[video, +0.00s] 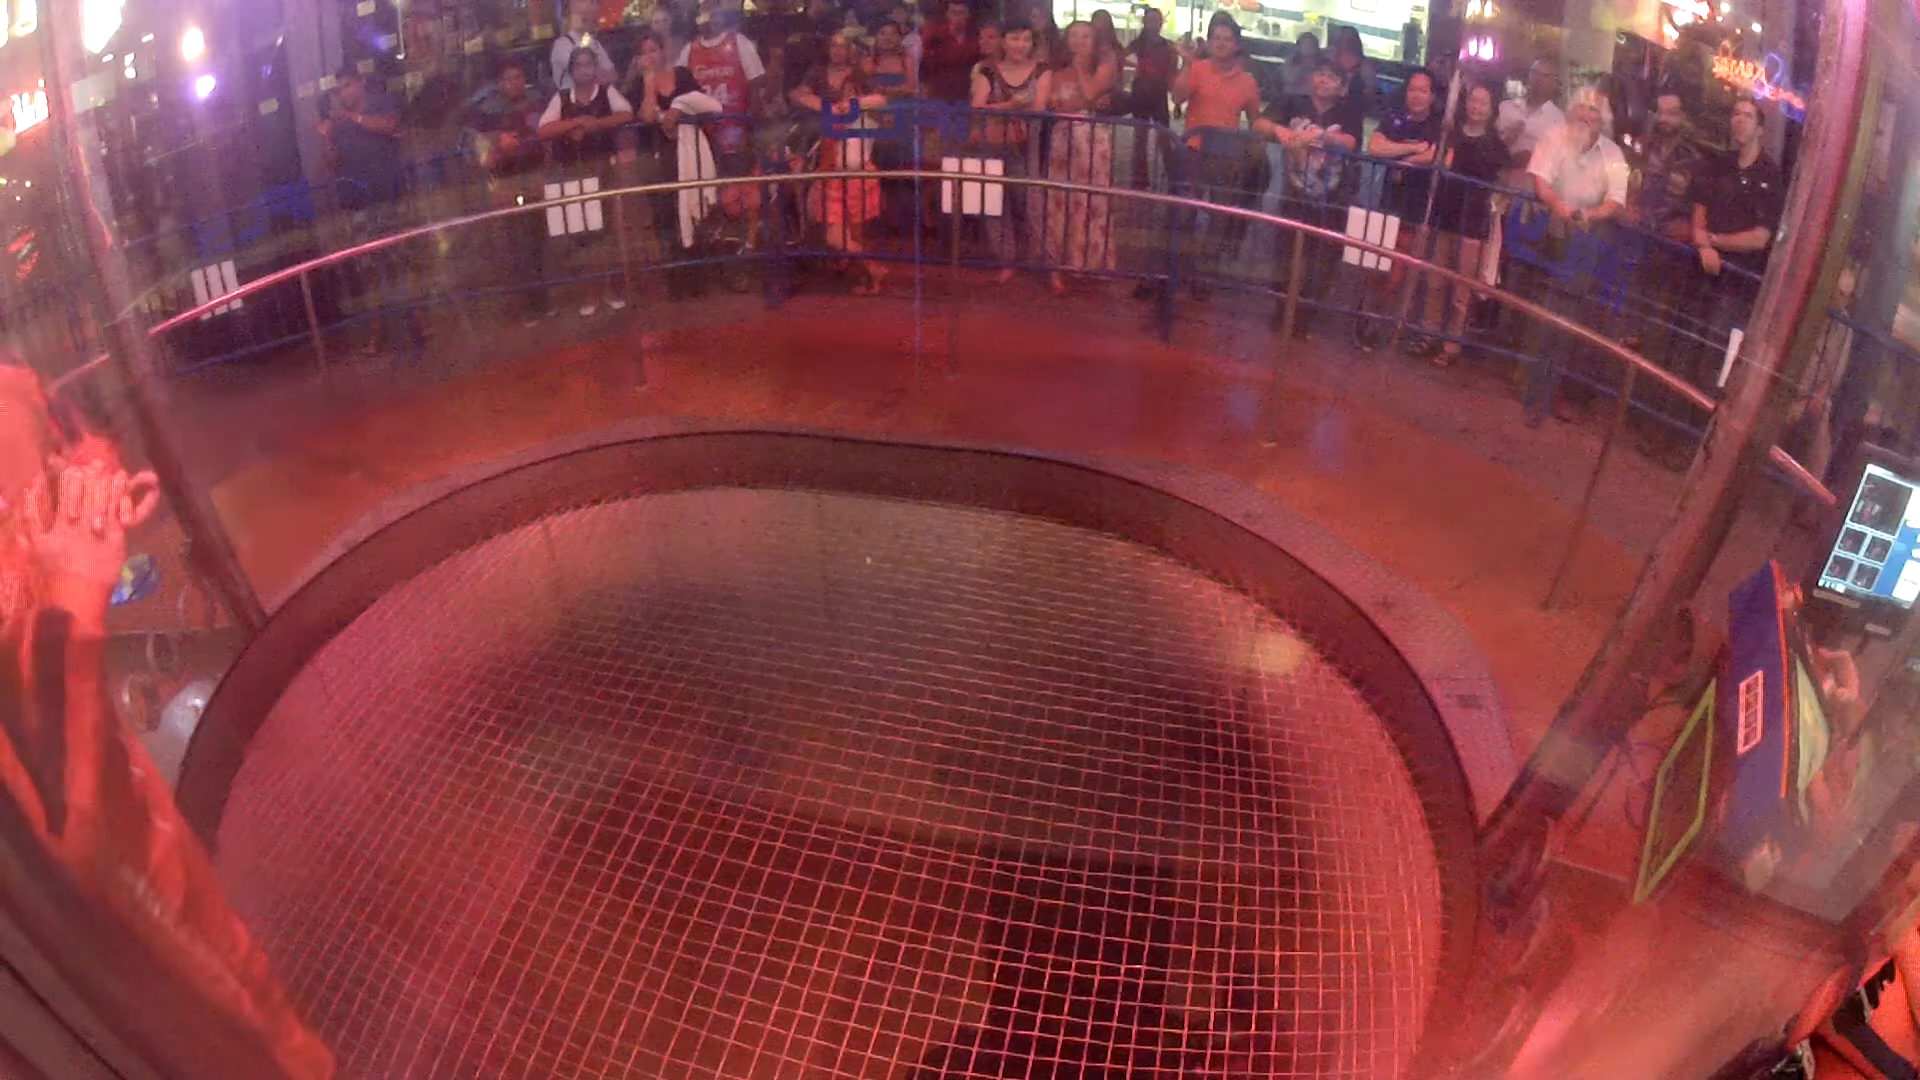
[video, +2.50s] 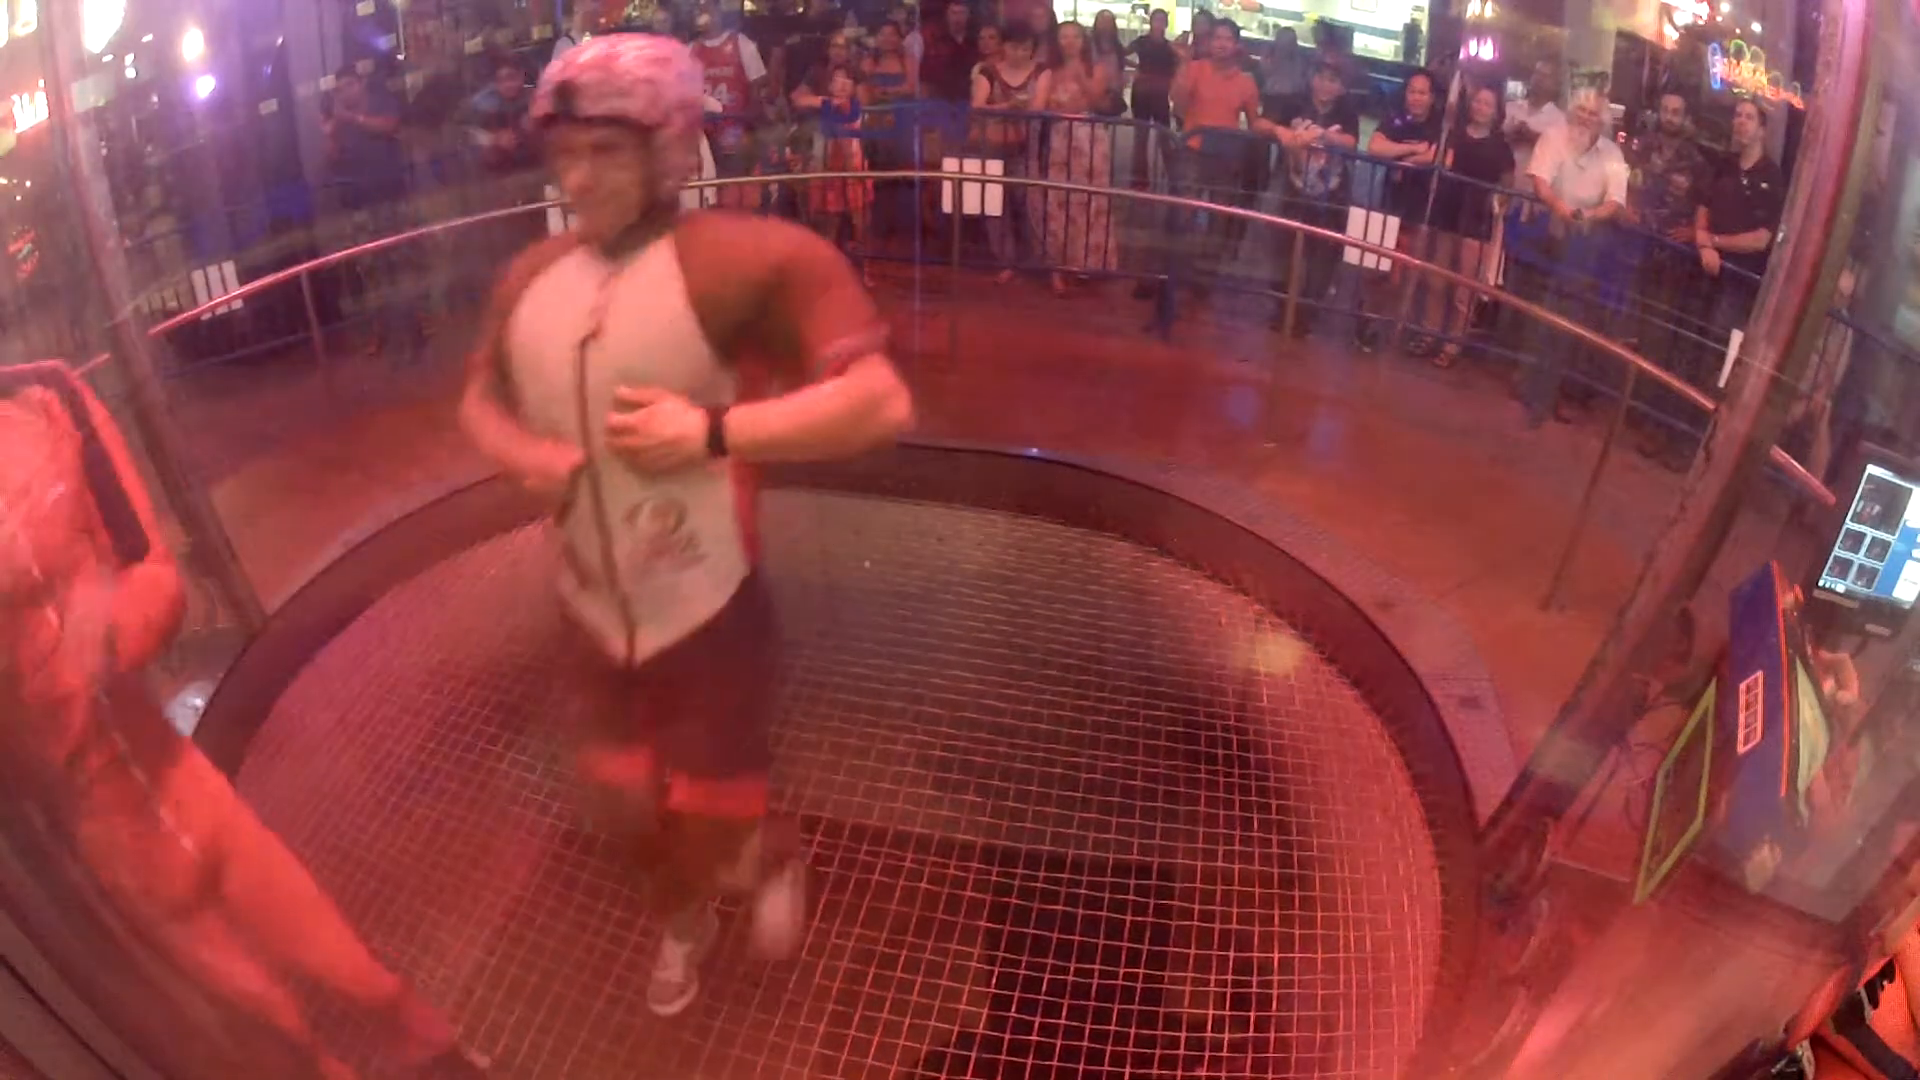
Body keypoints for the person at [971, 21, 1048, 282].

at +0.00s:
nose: (1020, 45)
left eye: (1025, 40)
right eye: (1015, 39)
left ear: (1032, 43)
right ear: (1004, 41)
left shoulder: (1041, 72)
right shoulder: (988, 72)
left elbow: (1038, 109)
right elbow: (977, 108)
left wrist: (1009, 110)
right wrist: (1009, 104)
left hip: (1025, 144)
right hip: (993, 144)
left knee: (1027, 201)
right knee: (994, 203)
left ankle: (1035, 258)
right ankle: (1005, 261)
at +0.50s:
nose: (1019, 45)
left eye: (1025, 39)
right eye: (1014, 38)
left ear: (1033, 44)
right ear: (1004, 42)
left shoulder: (1041, 72)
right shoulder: (988, 72)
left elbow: (1039, 108)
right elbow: (977, 107)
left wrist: (1009, 108)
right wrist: (1009, 104)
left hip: (1026, 143)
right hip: (994, 143)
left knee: (1028, 201)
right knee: (994, 203)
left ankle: (1036, 258)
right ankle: (1005, 260)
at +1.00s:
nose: (1019, 44)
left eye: (1024, 39)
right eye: (1013, 38)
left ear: (1033, 43)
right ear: (1004, 41)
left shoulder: (1042, 71)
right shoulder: (988, 71)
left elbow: (1039, 107)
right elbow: (978, 107)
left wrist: (1011, 109)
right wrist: (1010, 104)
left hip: (1027, 144)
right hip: (994, 144)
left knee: (1029, 201)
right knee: (995, 203)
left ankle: (1038, 260)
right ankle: (1004, 261)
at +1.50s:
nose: (1016, 46)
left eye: (1022, 41)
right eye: (1012, 41)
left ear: (1034, 45)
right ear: (1004, 42)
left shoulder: (1041, 72)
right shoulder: (987, 71)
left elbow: (1038, 108)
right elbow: (977, 107)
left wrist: (1012, 107)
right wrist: (1011, 103)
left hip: (1027, 146)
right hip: (993, 147)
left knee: (1031, 203)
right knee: (994, 206)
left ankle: (1043, 261)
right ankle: (1005, 262)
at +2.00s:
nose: (1015, 52)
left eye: (1021, 46)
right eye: (1011, 46)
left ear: (1033, 48)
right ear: (1003, 47)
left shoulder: (1041, 73)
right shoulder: (987, 71)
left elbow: (1037, 107)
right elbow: (976, 107)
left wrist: (1010, 107)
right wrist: (1009, 104)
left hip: (1026, 147)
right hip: (993, 147)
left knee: (1030, 204)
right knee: (995, 206)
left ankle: (1041, 260)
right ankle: (1005, 262)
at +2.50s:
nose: (1018, 53)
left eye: (1023, 47)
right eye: (1014, 47)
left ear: (1033, 49)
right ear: (1004, 47)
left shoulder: (1041, 74)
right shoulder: (988, 72)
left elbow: (1038, 108)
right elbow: (976, 109)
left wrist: (1016, 108)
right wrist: (1006, 107)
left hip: (1026, 147)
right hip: (993, 148)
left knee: (1030, 202)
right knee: (995, 206)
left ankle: (1038, 259)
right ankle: (1005, 263)